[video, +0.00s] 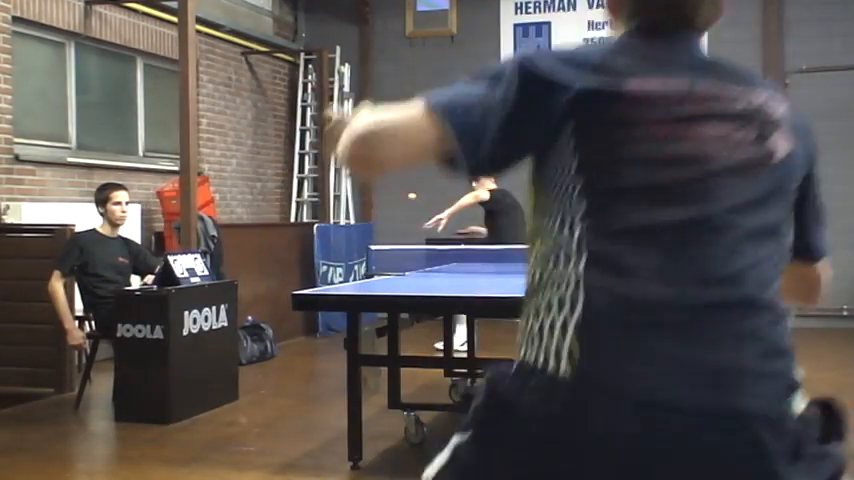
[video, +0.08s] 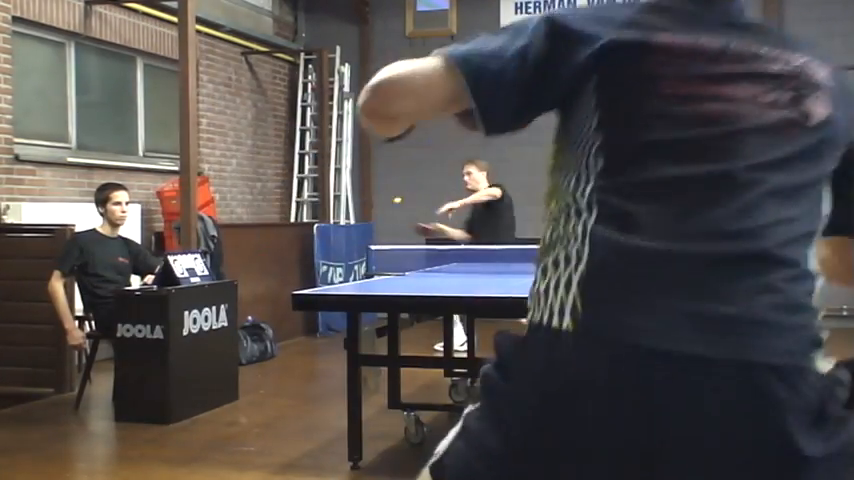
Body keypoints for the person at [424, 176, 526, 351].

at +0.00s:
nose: (474, 188)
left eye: (475, 183)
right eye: (473, 184)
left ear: (486, 181)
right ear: (493, 180)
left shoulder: (496, 196)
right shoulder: (508, 200)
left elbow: (474, 197)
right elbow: (507, 235)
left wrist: (447, 214)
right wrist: (482, 231)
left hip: (502, 262)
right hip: (514, 261)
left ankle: (460, 336)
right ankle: (463, 337)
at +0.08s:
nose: (465, 179)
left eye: (469, 174)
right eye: (464, 175)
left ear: (483, 175)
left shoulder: (497, 190)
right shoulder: (477, 204)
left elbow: (493, 194)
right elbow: (468, 236)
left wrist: (458, 203)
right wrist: (439, 229)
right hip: (479, 259)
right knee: (443, 280)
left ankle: (459, 336)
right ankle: (458, 335)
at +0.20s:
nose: (464, 171)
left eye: (469, 166)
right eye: (462, 167)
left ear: (479, 169)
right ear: (459, 171)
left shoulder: (492, 192)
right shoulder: (455, 196)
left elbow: (514, 187)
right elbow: (428, 202)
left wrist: (486, 169)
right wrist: (428, 181)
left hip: (491, 252)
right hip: (463, 253)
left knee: (494, 291)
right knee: (440, 289)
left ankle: (511, 325)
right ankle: (452, 327)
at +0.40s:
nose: (461, 179)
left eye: (465, 175)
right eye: (457, 175)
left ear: (472, 179)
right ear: (450, 178)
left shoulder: (482, 205)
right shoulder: (440, 199)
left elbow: (494, 233)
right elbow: (423, 203)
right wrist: (430, 176)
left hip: (472, 257)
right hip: (440, 256)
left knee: (491, 288)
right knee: (411, 288)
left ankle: (496, 337)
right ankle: (403, 335)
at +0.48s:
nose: (464, 180)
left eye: (468, 177)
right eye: (460, 176)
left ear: (475, 181)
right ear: (454, 180)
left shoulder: (481, 207)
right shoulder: (442, 201)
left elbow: (491, 235)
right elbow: (424, 217)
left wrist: (515, 244)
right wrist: (431, 194)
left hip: (472, 263)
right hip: (439, 261)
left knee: (500, 283)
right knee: (414, 291)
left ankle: (503, 331)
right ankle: (402, 333)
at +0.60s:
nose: (476, 177)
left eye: (481, 173)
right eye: (472, 173)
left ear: (487, 177)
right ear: (465, 176)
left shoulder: (495, 202)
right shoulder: (453, 201)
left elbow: (510, 229)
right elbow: (431, 228)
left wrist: (518, 245)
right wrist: (436, 216)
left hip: (486, 262)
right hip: (452, 261)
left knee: (508, 290)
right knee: (425, 294)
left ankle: (520, 334)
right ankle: (404, 333)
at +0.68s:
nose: (485, 173)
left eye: (489, 169)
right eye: (480, 170)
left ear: (496, 173)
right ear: (473, 173)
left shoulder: (507, 197)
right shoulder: (465, 198)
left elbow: (527, 223)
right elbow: (448, 226)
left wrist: (527, 243)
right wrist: (443, 229)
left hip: (499, 261)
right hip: (466, 261)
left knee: (521, 285)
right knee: (435, 291)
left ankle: (523, 333)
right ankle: (410, 333)